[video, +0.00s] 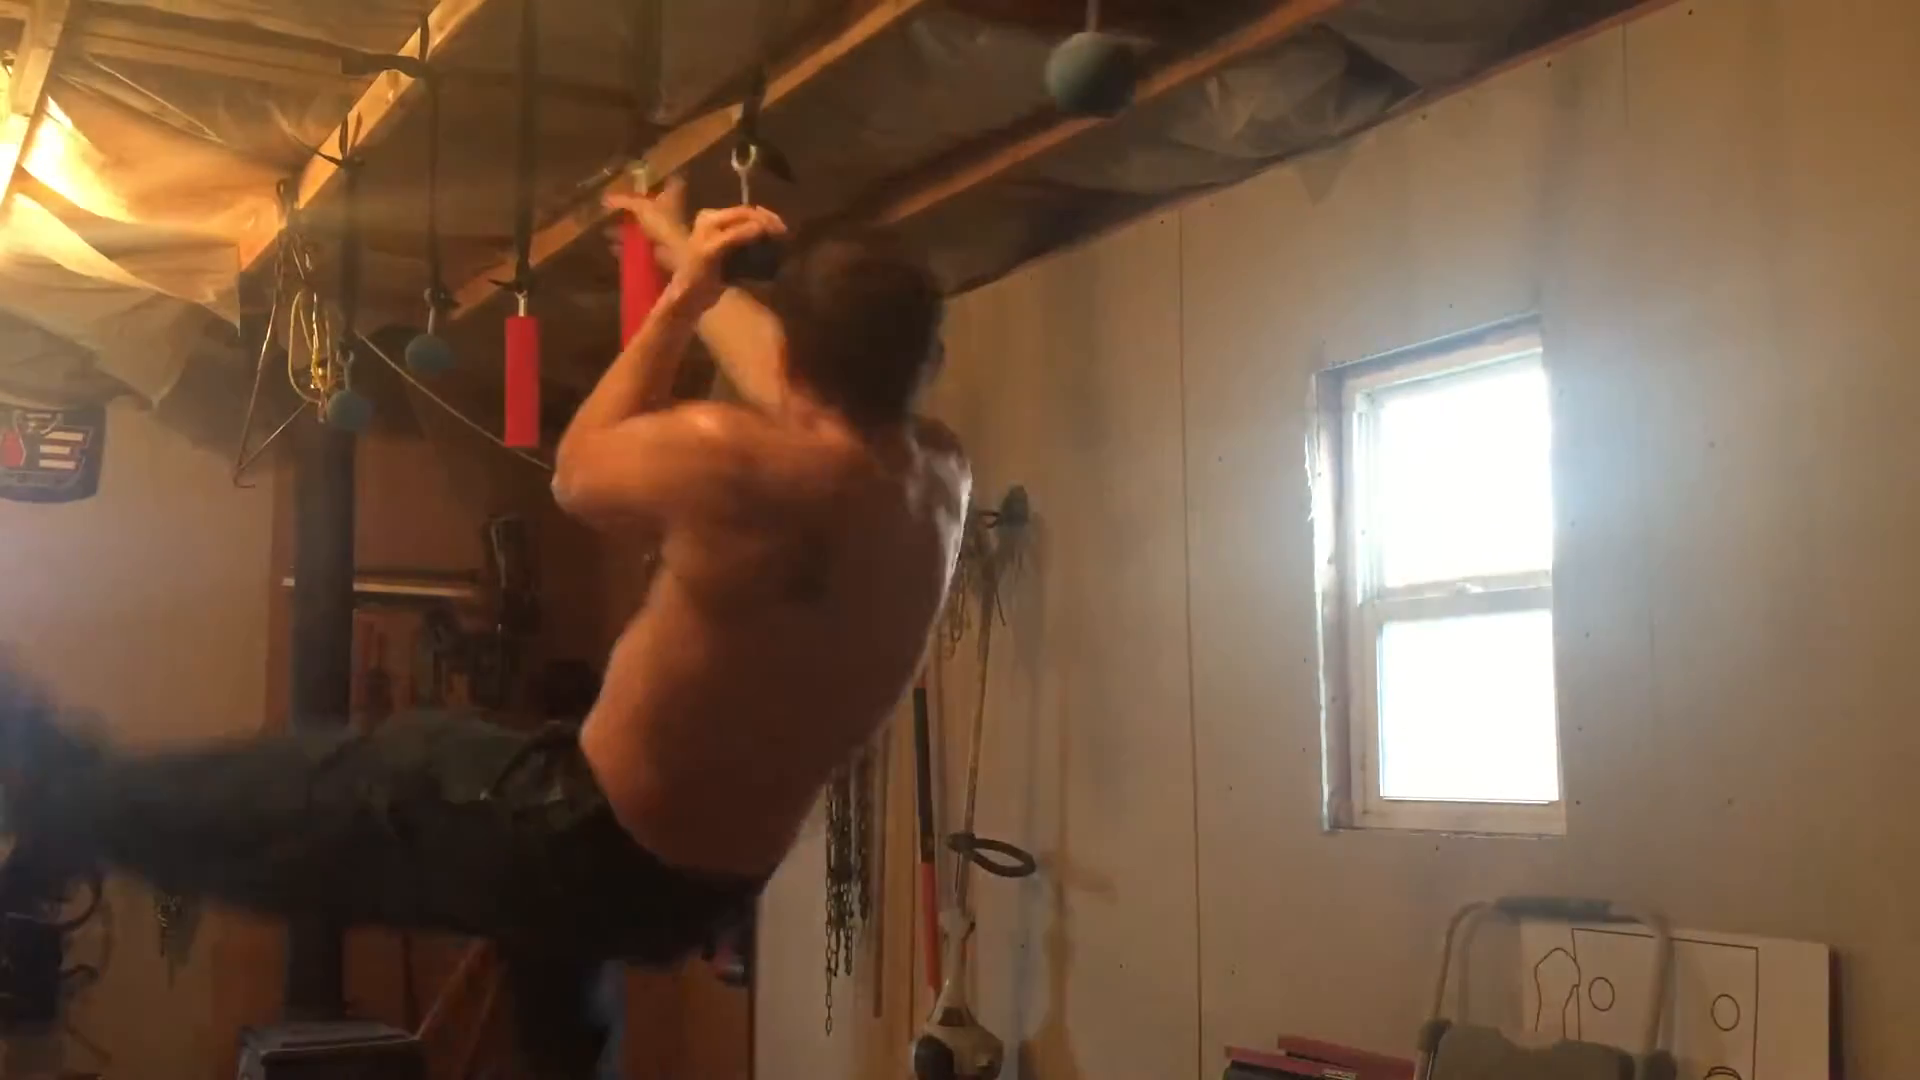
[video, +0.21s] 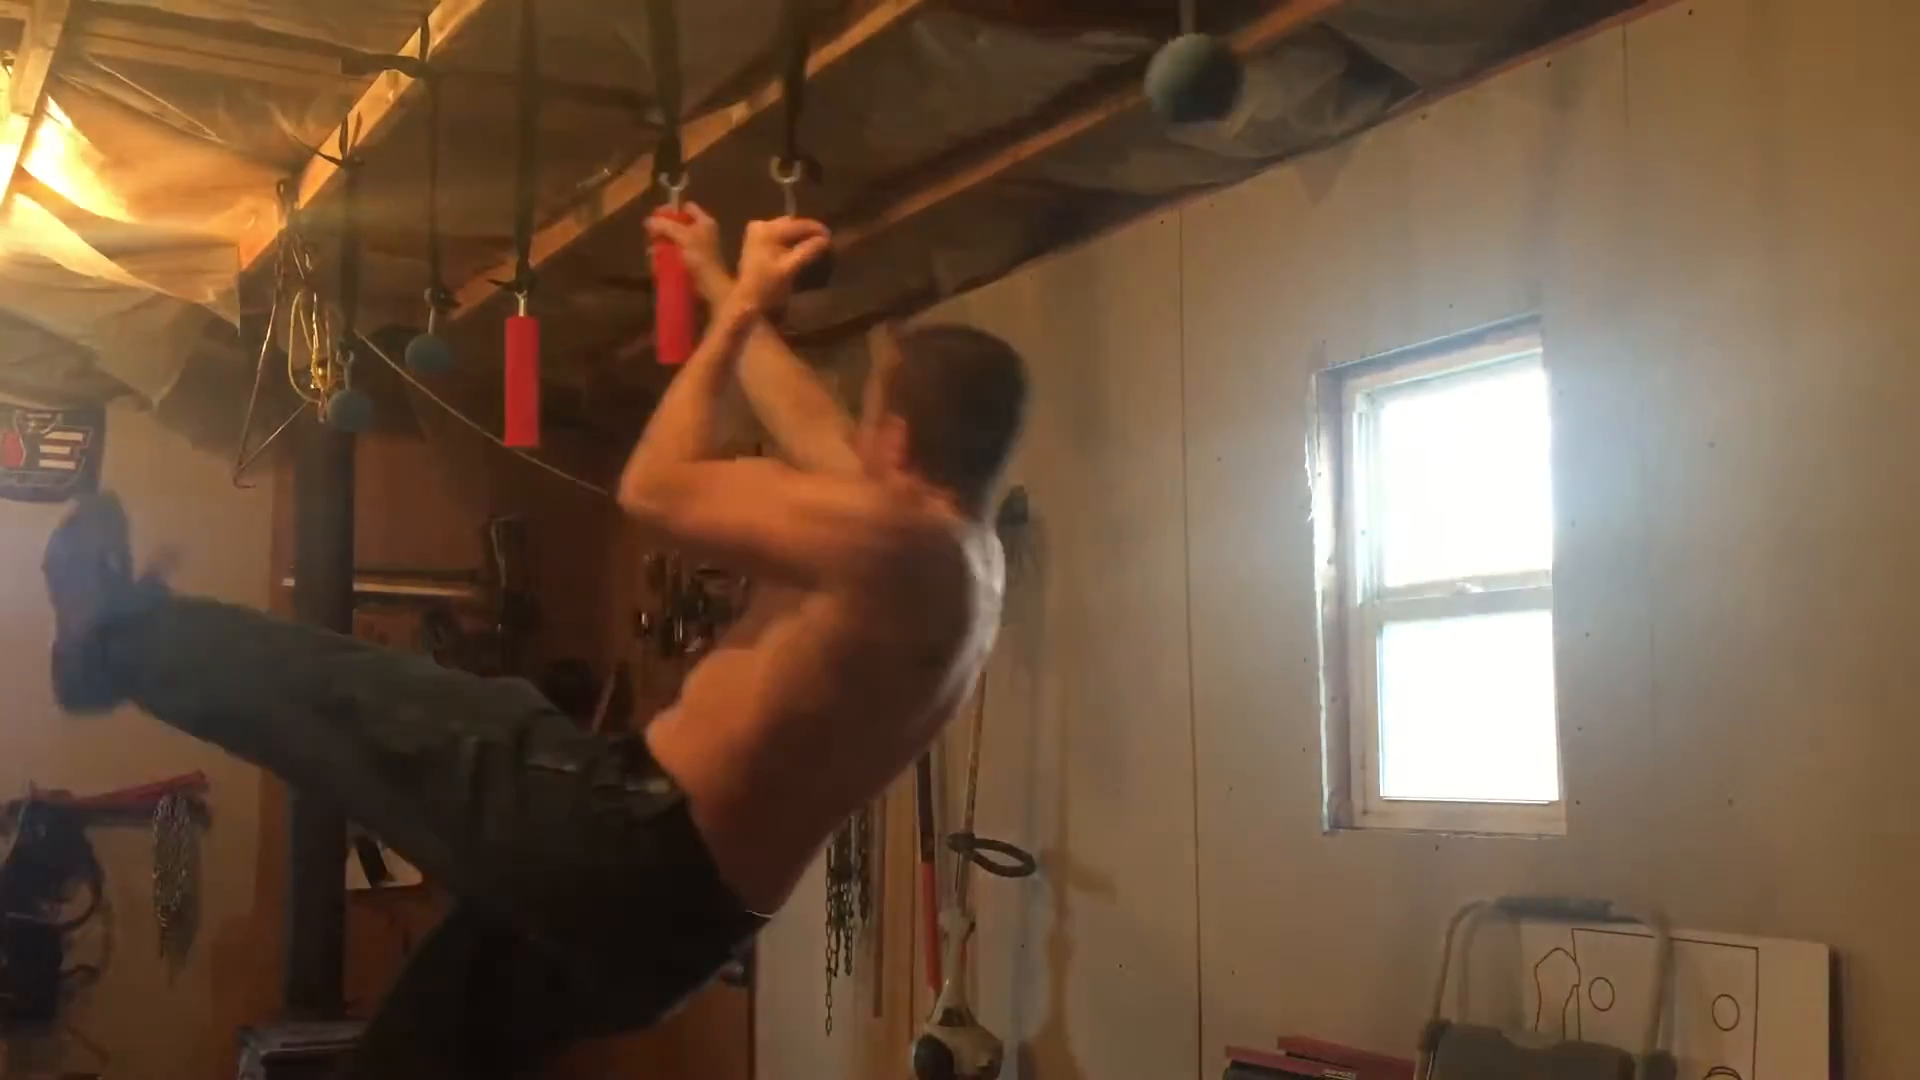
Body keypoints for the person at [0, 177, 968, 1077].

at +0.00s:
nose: (760, 328)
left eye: (773, 314)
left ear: (787, 342)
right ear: (916, 370)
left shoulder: (747, 462)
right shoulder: (938, 487)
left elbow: (585, 462)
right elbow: (781, 378)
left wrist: (689, 281)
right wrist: (681, 253)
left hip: (588, 839)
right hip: (709, 888)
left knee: (353, 781)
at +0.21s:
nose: (859, 422)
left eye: (875, 409)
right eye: (872, 404)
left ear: (910, 445)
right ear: (976, 463)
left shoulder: (894, 542)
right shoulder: (964, 570)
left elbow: (659, 485)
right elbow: (817, 435)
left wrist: (742, 304)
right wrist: (721, 287)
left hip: (624, 841)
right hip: (682, 916)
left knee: (371, 702)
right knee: (423, 1051)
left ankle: (116, 639)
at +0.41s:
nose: (921, 448)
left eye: (940, 430)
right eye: (936, 428)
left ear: (977, 456)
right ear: (1022, 477)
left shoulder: (985, 559)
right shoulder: (977, 573)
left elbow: (752, 511)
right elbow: (789, 450)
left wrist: (796, 308)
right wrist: (700, 283)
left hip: (700, 847)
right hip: (728, 909)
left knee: (371, 778)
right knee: (353, 1050)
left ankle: (49, 874)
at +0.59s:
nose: (917, 424)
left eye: (933, 404)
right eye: (924, 404)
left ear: (971, 413)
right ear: (1019, 436)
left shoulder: (1004, 534)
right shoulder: (966, 538)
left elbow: (778, 511)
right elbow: (761, 465)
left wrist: (798, 310)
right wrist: (670, 287)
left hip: (786, 885)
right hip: (781, 880)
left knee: (397, 908)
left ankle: (149, 1067)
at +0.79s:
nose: (899, 390)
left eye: (918, 370)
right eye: (907, 370)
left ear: (970, 392)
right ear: (977, 398)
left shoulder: (1028, 491)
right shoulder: (918, 497)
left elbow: (821, 499)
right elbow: (719, 449)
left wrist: (823, 300)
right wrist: (675, 266)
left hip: (866, 899)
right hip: (819, 886)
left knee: (499, 1058)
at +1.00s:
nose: (880, 344)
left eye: (901, 318)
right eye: (886, 320)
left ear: (954, 333)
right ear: (955, 336)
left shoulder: (1040, 441)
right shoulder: (875, 450)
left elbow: (854, 471)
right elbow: (690, 433)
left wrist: (839, 276)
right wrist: (679, 253)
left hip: (899, 866)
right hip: (825, 858)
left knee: (689, 1060)